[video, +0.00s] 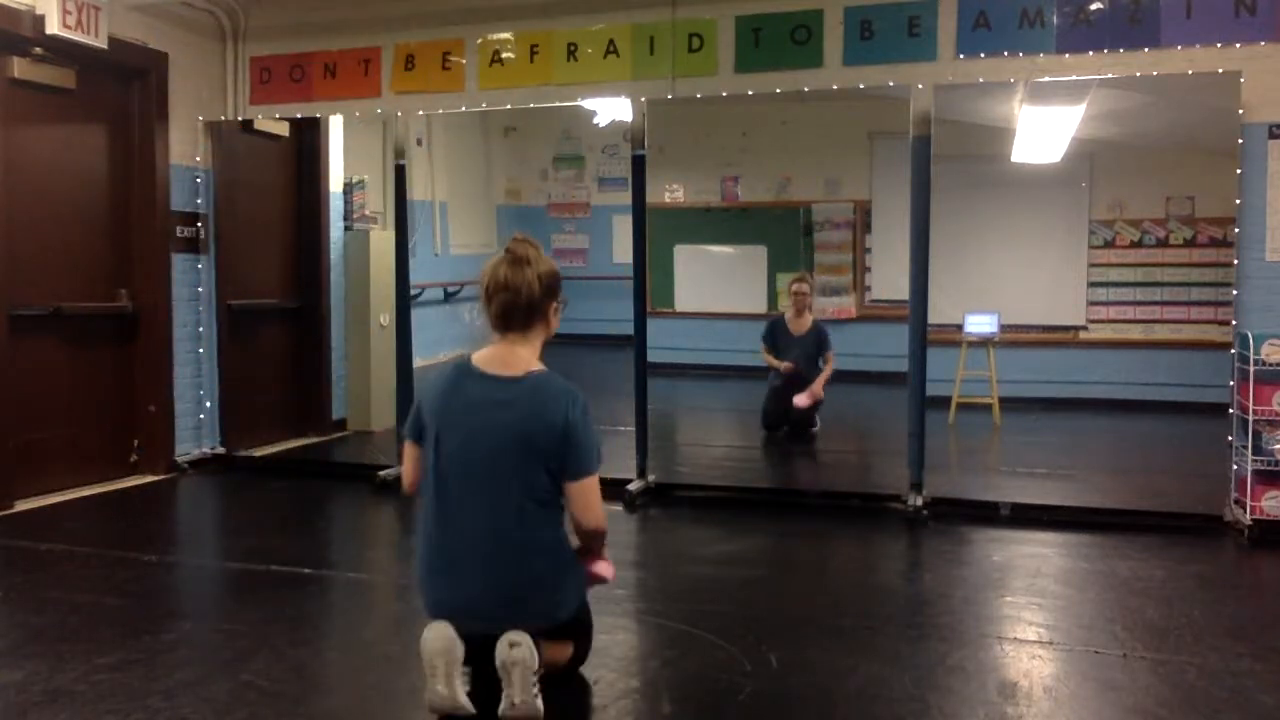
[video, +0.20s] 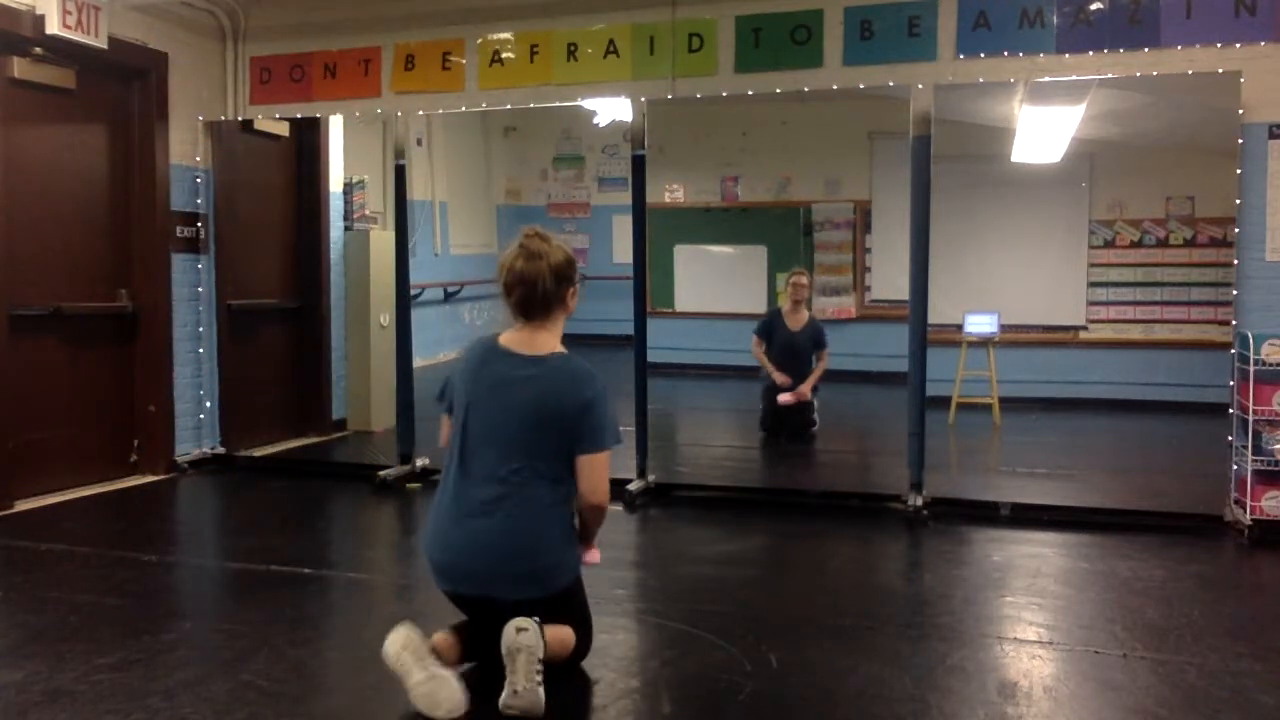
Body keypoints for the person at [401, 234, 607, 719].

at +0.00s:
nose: (559, 317)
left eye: (557, 306)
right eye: (559, 307)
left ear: (488, 307)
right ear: (551, 313)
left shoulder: (436, 386)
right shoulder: (562, 400)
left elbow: (409, 481)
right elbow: (590, 520)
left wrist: (460, 468)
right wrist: (591, 553)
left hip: (448, 584)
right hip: (532, 583)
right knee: (574, 639)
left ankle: (451, 651)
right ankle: (534, 655)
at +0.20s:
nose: (578, 293)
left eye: (576, 284)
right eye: (577, 285)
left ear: (509, 292)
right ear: (569, 296)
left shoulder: (473, 359)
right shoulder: (580, 381)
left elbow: (448, 443)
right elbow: (594, 496)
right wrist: (585, 538)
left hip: (453, 543)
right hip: (533, 549)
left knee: (491, 625)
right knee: (577, 634)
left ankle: (430, 651)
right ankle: (535, 638)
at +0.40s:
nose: (591, 320)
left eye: (589, 311)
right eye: (590, 312)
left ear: (526, 315)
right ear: (583, 320)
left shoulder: (492, 376)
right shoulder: (587, 398)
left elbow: (483, 468)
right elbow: (602, 512)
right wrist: (581, 551)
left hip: (447, 549)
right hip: (525, 556)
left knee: (493, 626)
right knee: (570, 635)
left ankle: (443, 662)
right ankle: (520, 678)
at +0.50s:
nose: (596, 342)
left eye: (592, 332)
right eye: (594, 334)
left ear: (530, 338)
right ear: (586, 344)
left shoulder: (494, 397)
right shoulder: (587, 417)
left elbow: (480, 485)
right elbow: (604, 531)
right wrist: (585, 565)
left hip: (441, 563)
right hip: (520, 568)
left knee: (496, 635)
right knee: (574, 632)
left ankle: (450, 659)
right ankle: (529, 659)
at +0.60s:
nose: (599, 385)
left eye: (597, 374)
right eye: (598, 377)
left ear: (534, 377)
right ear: (592, 384)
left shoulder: (497, 428)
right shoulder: (588, 453)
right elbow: (606, 571)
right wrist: (600, 594)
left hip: (432, 593)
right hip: (514, 596)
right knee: (578, 632)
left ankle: (441, 659)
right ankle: (506, 675)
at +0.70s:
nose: (610, 426)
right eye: (610, 419)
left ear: (546, 415)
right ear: (602, 425)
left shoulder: (502, 455)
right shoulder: (589, 486)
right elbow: (600, 609)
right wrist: (603, 634)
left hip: (425, 603)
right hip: (511, 606)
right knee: (589, 641)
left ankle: (440, 667)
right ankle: (506, 679)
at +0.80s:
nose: (621, 458)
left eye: (623, 450)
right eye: (622, 451)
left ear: (562, 439)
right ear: (615, 455)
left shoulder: (507, 470)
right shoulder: (587, 501)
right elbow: (603, 628)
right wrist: (621, 632)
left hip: (423, 600)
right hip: (510, 602)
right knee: (577, 636)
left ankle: (436, 663)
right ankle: (520, 669)